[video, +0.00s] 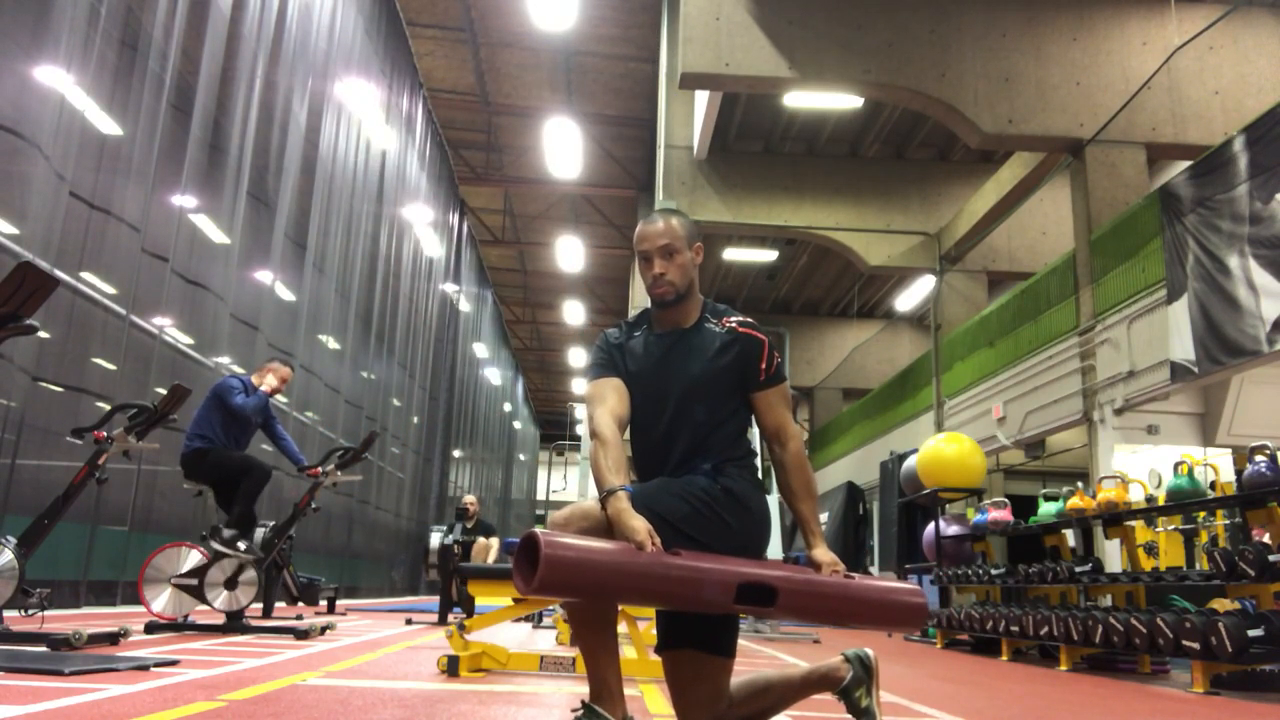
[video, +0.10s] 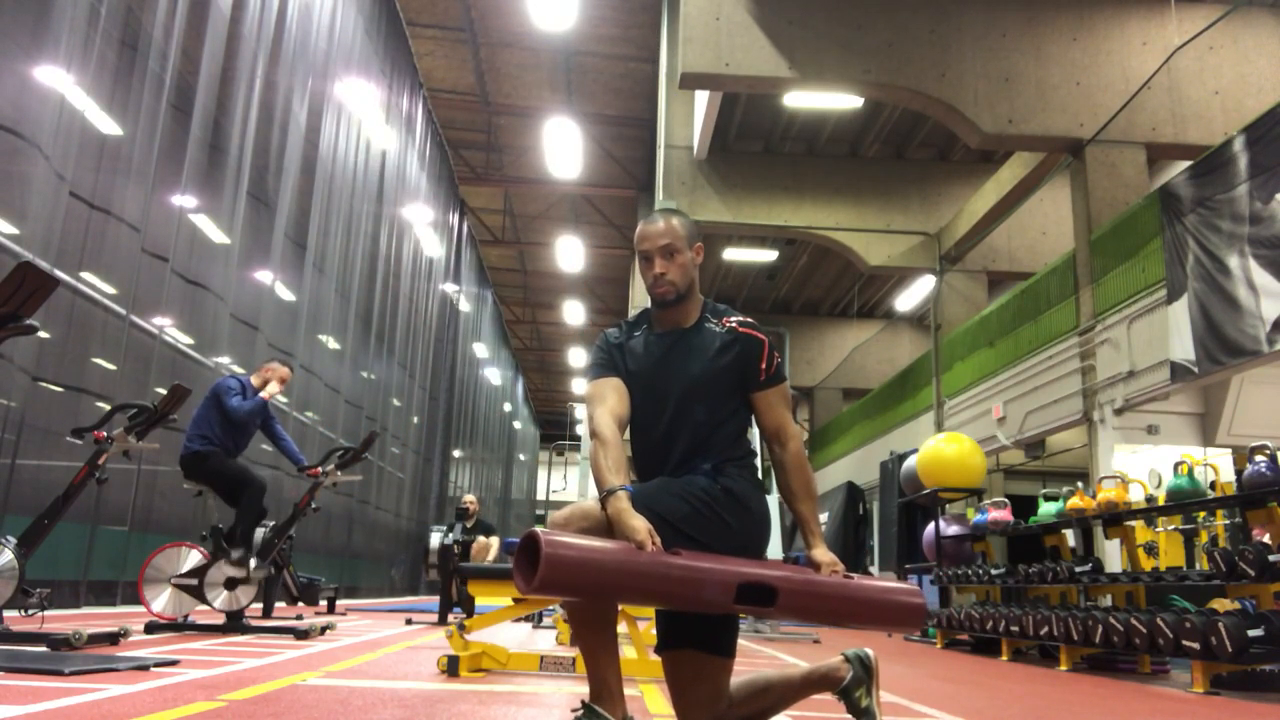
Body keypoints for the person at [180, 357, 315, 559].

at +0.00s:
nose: (282, 388)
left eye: (285, 384)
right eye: (282, 381)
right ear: (267, 373)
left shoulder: (262, 406)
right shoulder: (231, 384)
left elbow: (279, 436)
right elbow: (243, 409)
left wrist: (303, 466)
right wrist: (265, 389)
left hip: (221, 464)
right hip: (199, 456)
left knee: (248, 518)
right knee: (259, 471)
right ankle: (230, 531)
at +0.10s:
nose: (280, 388)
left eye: (283, 385)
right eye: (280, 381)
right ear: (266, 371)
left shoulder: (259, 404)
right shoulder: (229, 384)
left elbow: (277, 435)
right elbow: (238, 413)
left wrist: (303, 465)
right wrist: (264, 395)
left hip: (218, 461)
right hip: (199, 456)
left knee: (257, 509)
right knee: (255, 485)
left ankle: (226, 544)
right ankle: (239, 549)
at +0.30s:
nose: (282, 388)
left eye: (286, 385)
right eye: (282, 381)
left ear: (267, 374)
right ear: (266, 371)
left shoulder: (259, 405)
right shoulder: (231, 384)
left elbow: (277, 435)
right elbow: (235, 412)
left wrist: (303, 465)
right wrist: (264, 401)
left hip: (228, 463)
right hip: (201, 459)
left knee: (277, 480)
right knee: (228, 512)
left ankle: (236, 527)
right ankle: (218, 584)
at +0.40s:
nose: (282, 390)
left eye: (285, 386)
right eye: (282, 383)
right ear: (266, 372)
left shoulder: (259, 406)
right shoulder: (232, 385)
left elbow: (277, 436)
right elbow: (235, 414)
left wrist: (303, 464)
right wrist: (266, 405)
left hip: (227, 462)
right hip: (200, 459)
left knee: (277, 479)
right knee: (230, 511)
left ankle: (247, 534)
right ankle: (198, 575)